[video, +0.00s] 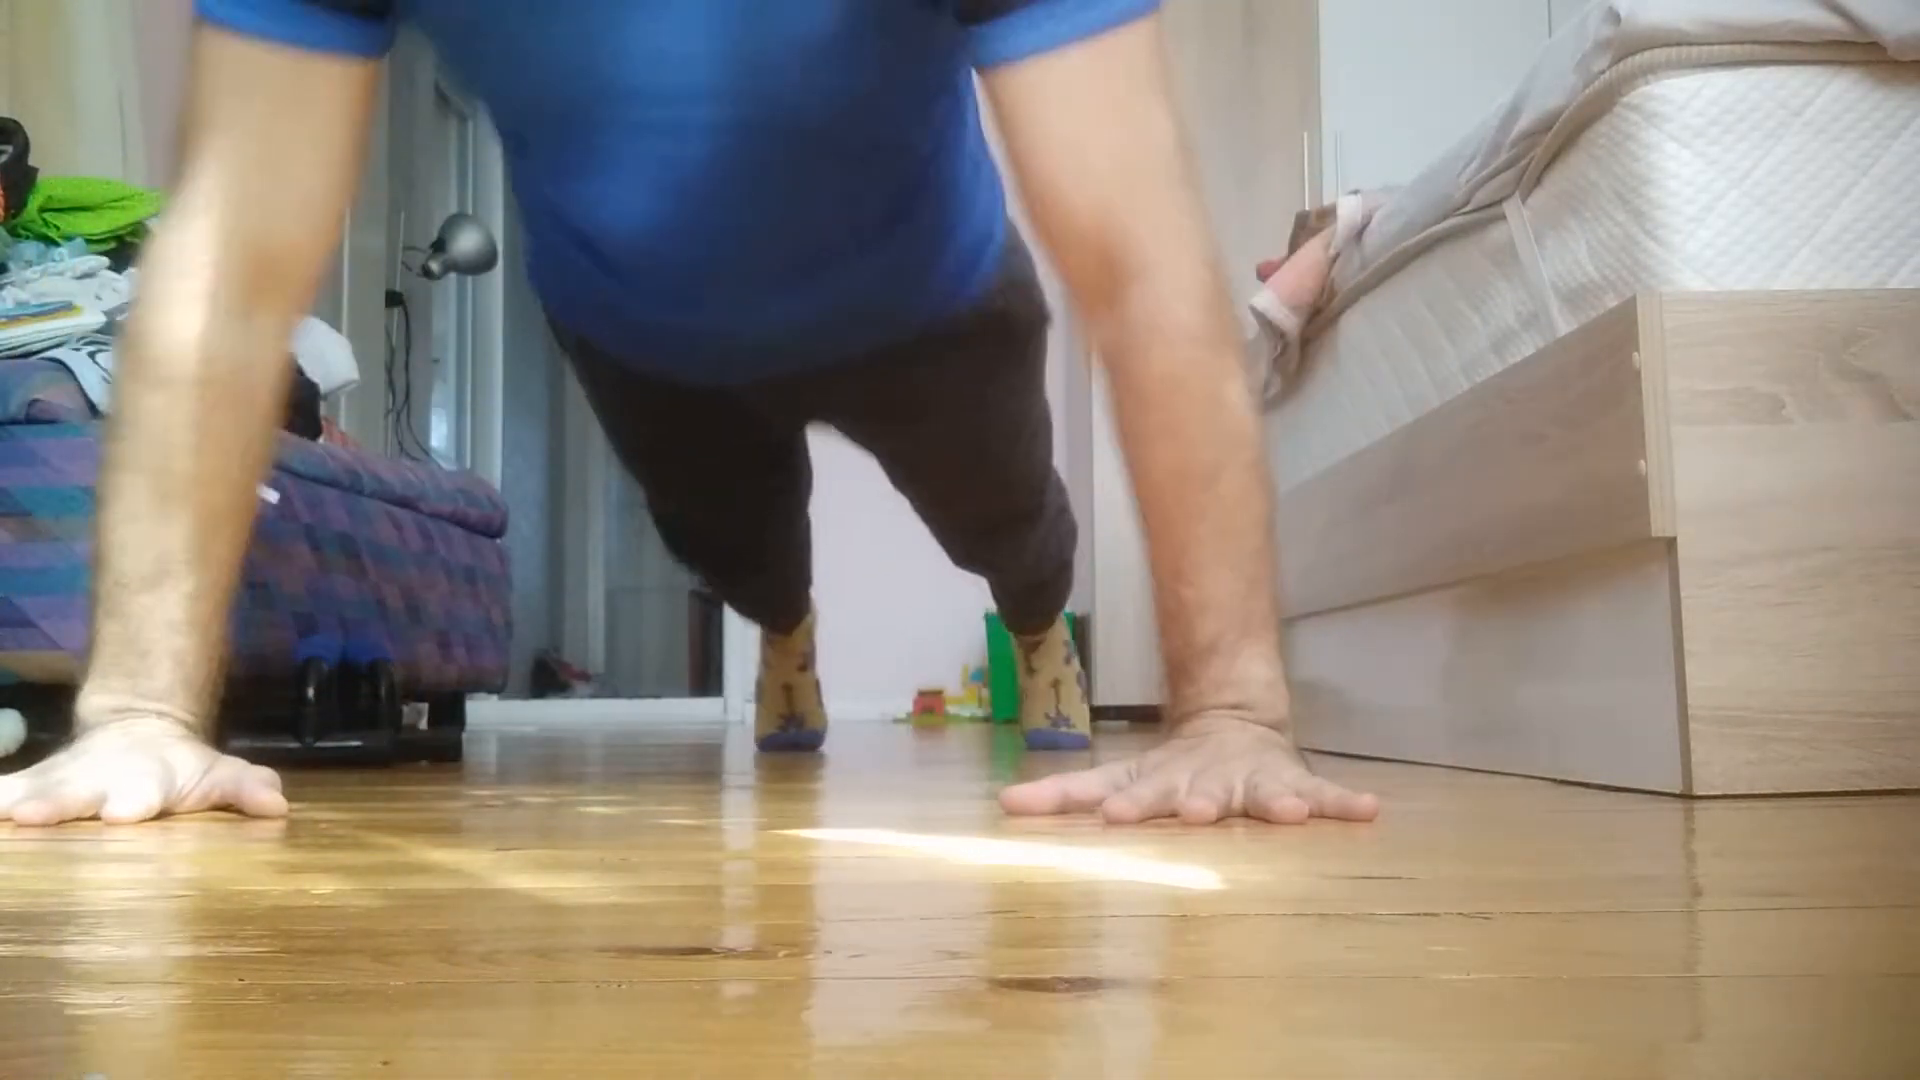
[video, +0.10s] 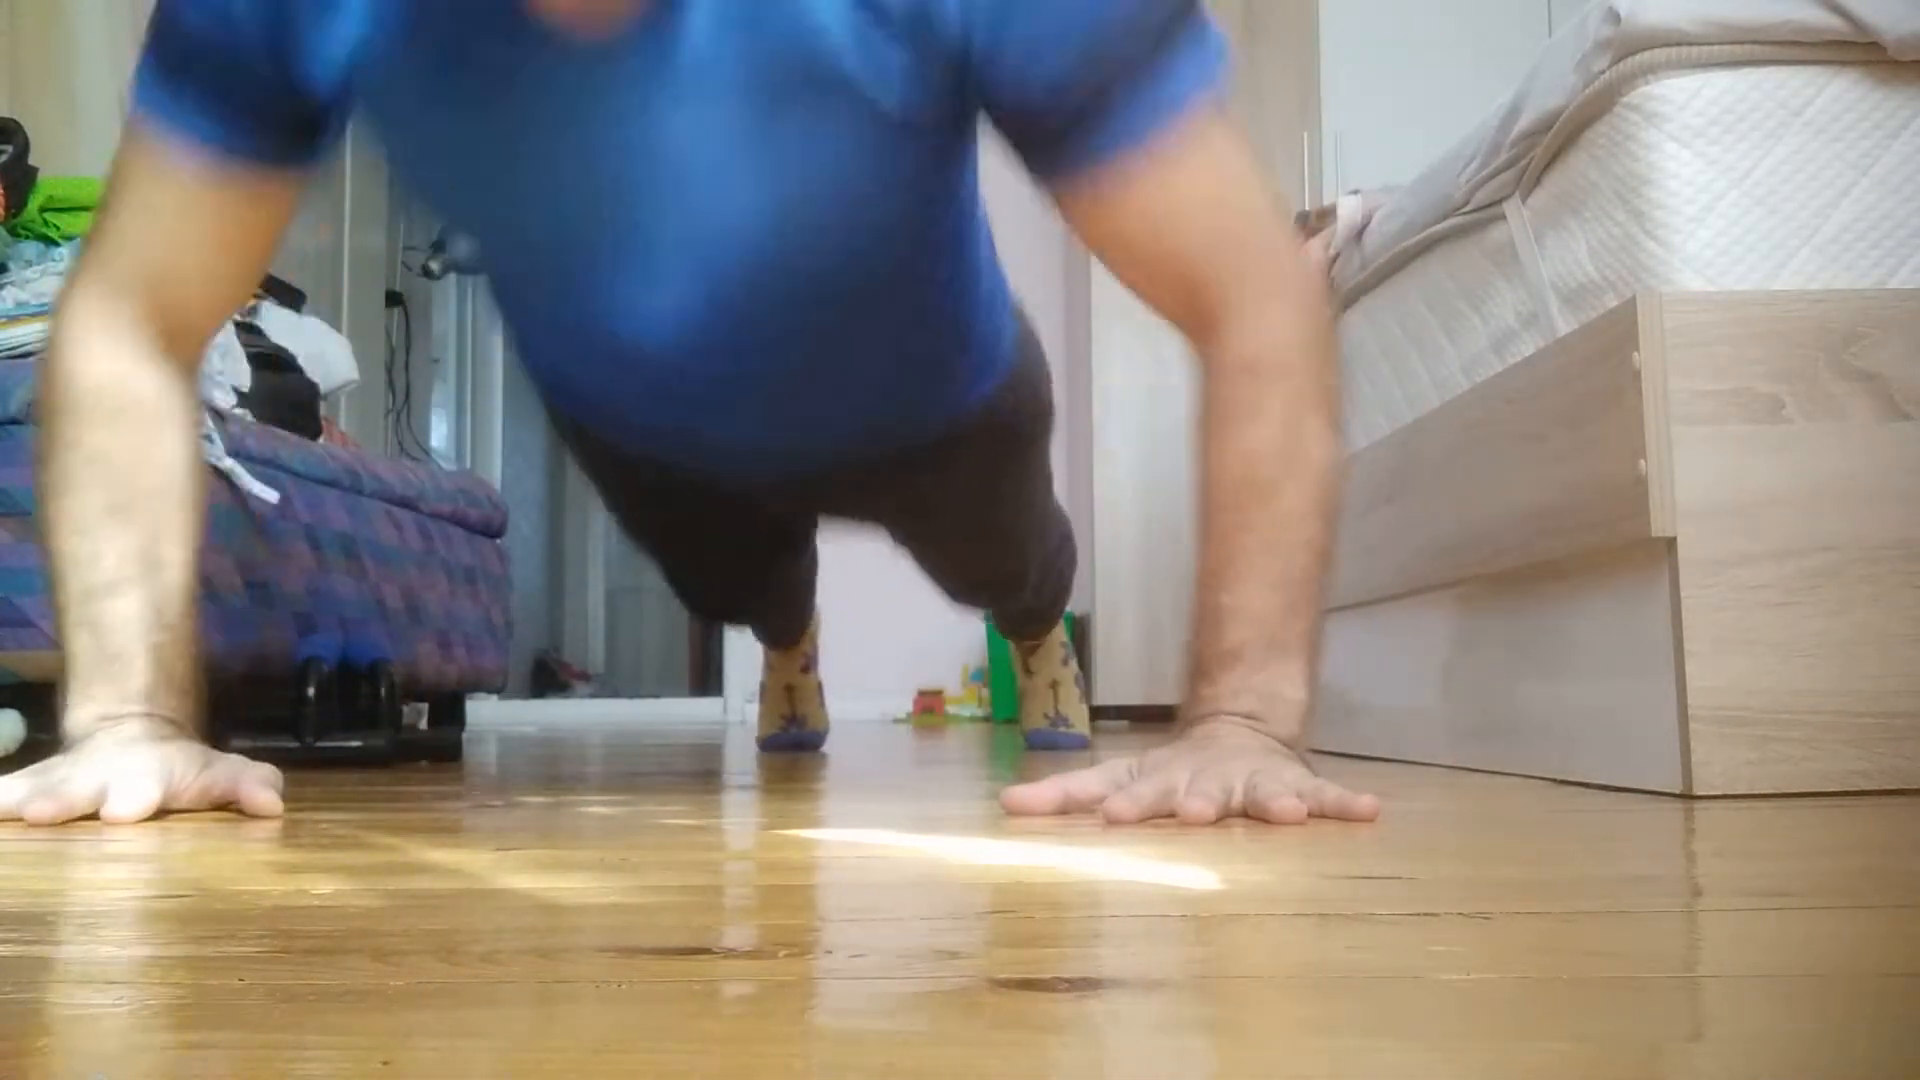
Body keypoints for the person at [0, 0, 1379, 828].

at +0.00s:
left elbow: (1146, 264)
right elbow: (230, 265)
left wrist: (1237, 704)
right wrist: (143, 709)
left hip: (918, 301)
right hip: (643, 335)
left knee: (1006, 528)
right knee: (744, 553)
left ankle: (1018, 615)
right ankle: (784, 624)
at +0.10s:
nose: (568, 14)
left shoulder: (978, 13)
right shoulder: (308, 13)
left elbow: (1264, 289)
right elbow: (124, 319)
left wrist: (1247, 720)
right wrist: (134, 718)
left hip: (923, 401)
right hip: (651, 443)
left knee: (1005, 565)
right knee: (747, 587)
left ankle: (1020, 614)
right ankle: (782, 637)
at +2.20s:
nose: (494, 463)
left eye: (537, 347)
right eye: (418, 375)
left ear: (676, 164)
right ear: (306, 255)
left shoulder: (921, 190)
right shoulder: (237, 240)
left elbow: (1343, 349)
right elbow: (52, 401)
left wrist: (1245, 719)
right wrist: (133, 715)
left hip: (972, 611)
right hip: (681, 623)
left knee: (1022, 656)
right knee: (782, 652)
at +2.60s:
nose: (481, 378)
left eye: (536, 295)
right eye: (416, 311)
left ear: (710, 151)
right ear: (332, 224)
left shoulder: (956, 213)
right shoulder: (247, 232)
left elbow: (1406, 352)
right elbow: (23, 397)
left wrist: (1262, 723)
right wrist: (135, 715)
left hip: (945, 510)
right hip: (712, 534)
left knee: (1010, 604)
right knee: (793, 596)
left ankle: (1037, 633)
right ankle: (818, 655)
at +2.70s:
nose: (513, 148)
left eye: (556, 58)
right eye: (448, 82)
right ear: (380, 45)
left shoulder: (951, 54)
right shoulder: (294, 81)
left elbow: (1352, 334)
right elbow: (72, 361)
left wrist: (1255, 717)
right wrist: (133, 716)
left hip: (934, 446)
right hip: (693, 497)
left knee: (1014, 580)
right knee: (792, 590)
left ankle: (1025, 626)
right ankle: (820, 650)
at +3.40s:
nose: (477, 789)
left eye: (545, 690)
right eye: (389, 710)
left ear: (703, 495)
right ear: (270, 549)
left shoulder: (934, 439)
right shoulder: (218, 401)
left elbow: (1360, 346)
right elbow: (22, 349)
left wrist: (1253, 718)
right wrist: (124, 719)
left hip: (916, 697)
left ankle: (1028, 696)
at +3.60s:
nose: (518, 360)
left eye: (584, 276)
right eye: (448, 287)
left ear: (743, 118)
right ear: (355, 191)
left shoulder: (967, 206)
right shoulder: (260, 237)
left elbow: (1419, 358)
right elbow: (19, 396)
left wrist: (1263, 722)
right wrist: (132, 715)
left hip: (950, 518)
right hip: (712, 546)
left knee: (1011, 611)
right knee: (786, 604)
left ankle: (1034, 646)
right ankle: (818, 659)